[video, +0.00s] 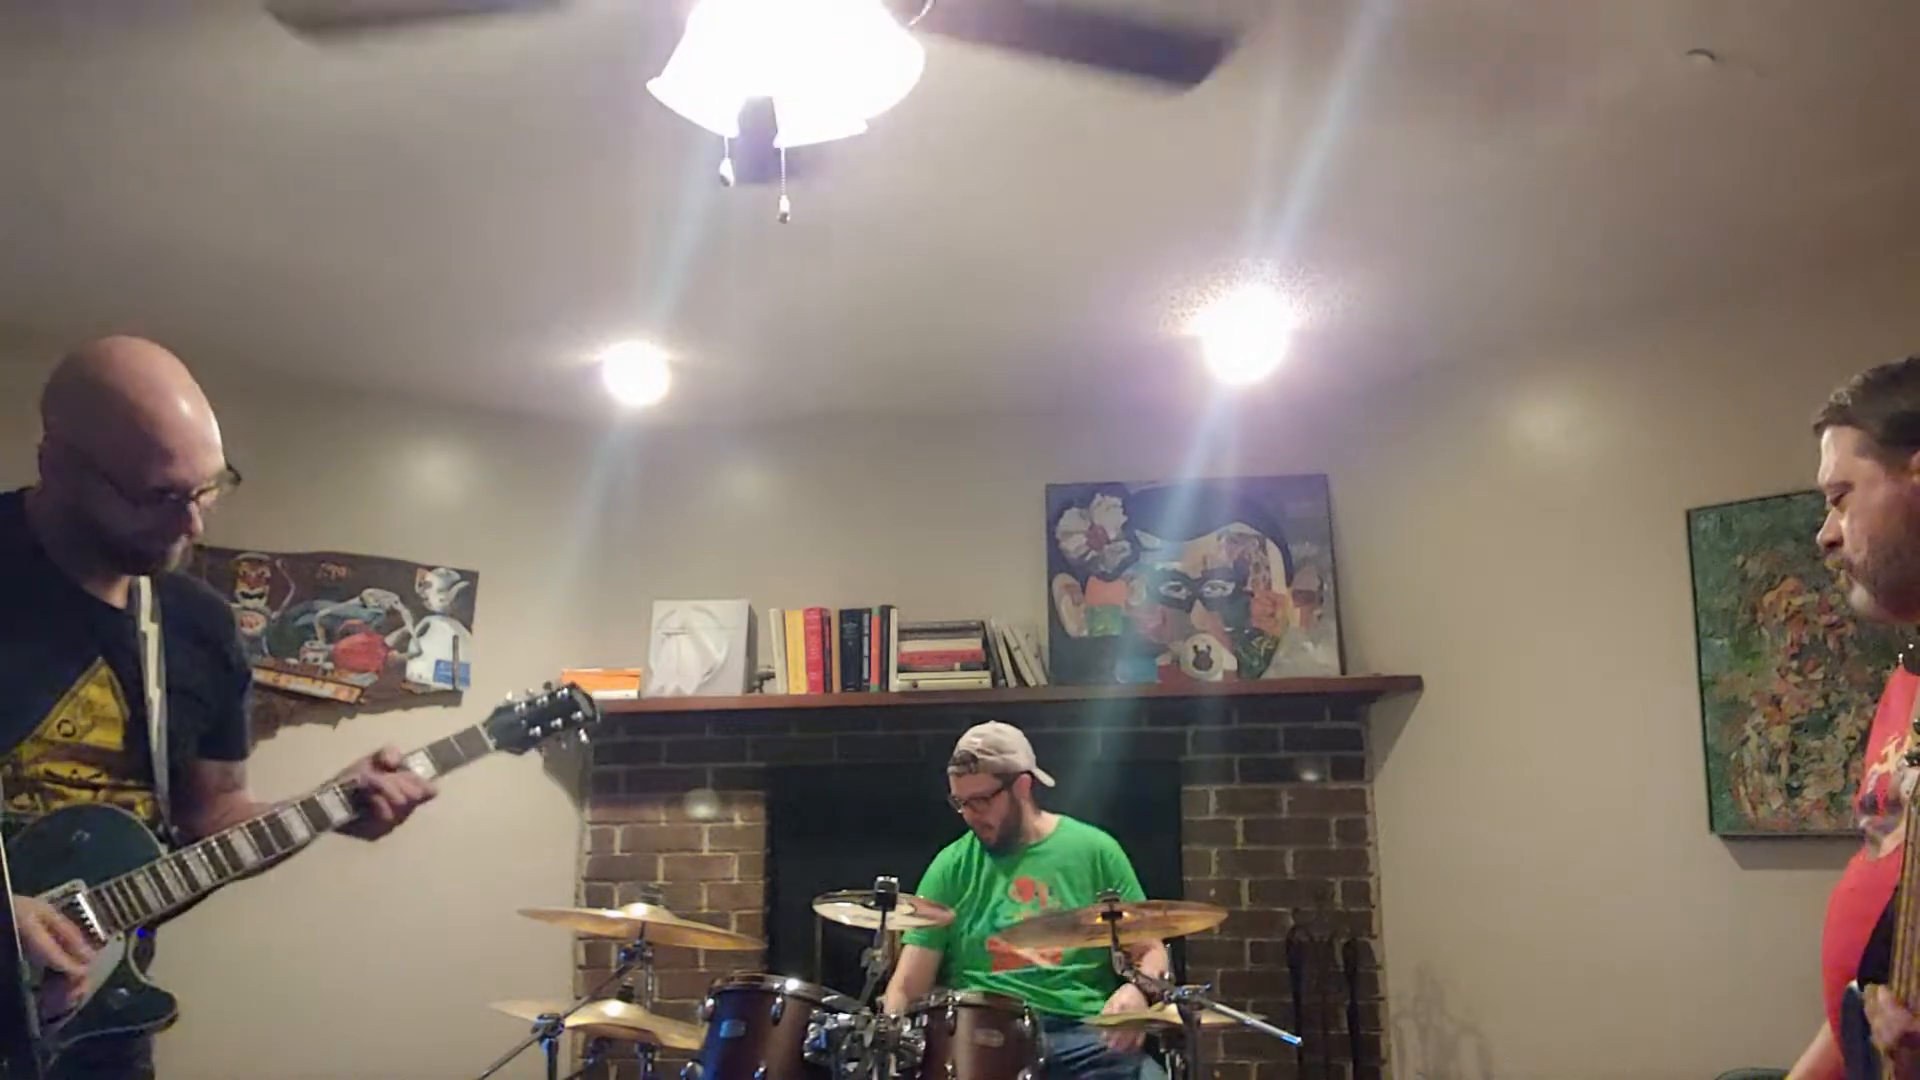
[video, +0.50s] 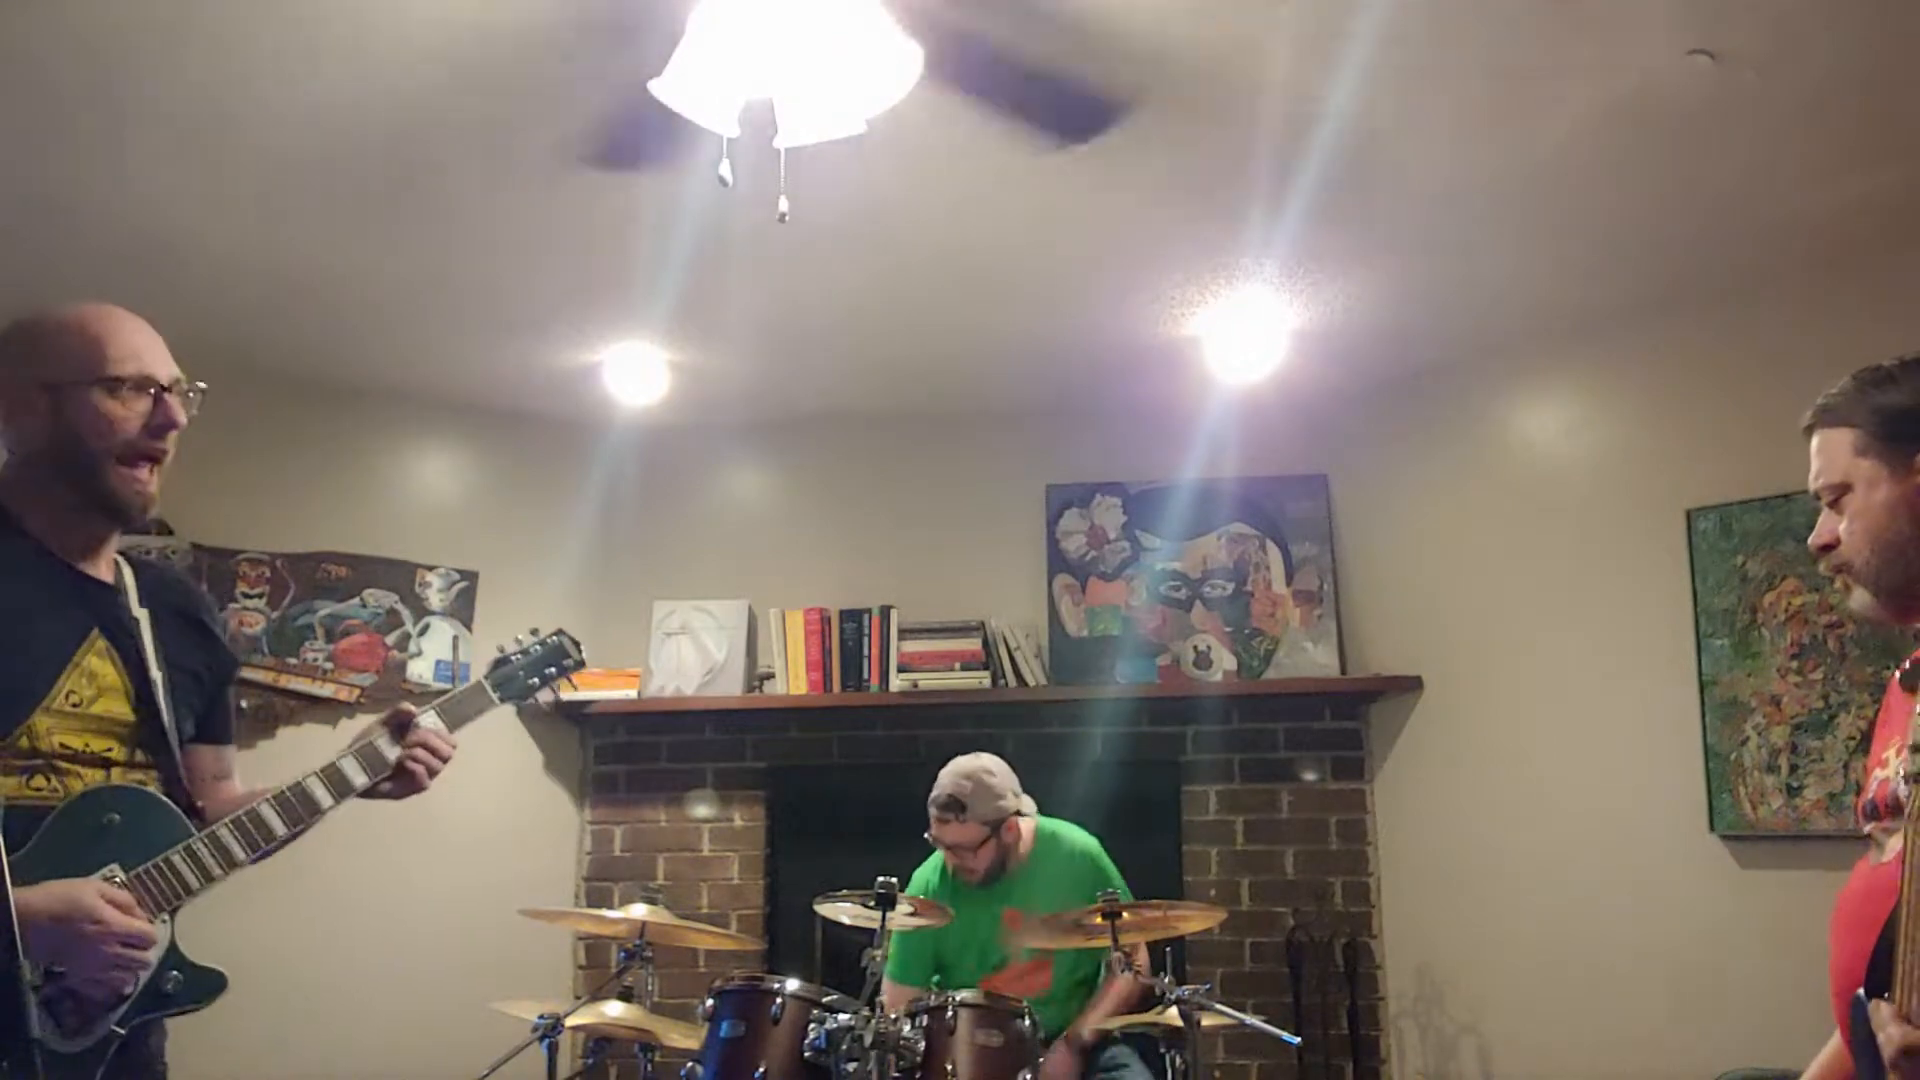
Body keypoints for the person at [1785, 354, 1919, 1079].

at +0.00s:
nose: (1825, 535)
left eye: (1841, 496)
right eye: (1826, 506)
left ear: (1913, 475)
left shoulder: (1907, 689)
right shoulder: (1902, 691)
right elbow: (1888, 924)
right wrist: (1812, 1064)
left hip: (1901, 1052)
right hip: (1871, 1051)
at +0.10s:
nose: (1824, 537)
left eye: (1840, 497)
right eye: (1825, 506)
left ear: (1912, 478)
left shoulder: (1906, 685)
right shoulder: (1903, 688)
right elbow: (1889, 927)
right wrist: (1806, 1067)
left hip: (1899, 1053)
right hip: (1871, 1052)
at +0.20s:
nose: (1822, 537)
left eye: (1838, 498)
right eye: (1822, 507)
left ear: (1912, 478)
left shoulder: (1908, 681)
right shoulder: (1905, 684)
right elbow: (1892, 928)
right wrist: (1809, 1062)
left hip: (1900, 1056)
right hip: (1872, 1054)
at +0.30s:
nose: (1820, 537)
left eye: (1837, 497)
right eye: (1820, 506)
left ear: (1911, 481)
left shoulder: (1907, 679)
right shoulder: (1905, 682)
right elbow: (1891, 935)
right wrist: (1805, 1067)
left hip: (1897, 1051)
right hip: (1873, 1049)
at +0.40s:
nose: (1820, 537)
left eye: (1839, 497)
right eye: (1821, 507)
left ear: (1915, 479)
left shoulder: (1909, 682)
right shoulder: (1903, 685)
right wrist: (1820, 1063)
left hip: (1906, 1051)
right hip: (1878, 1050)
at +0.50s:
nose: (1819, 538)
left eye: (1839, 497)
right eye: (1820, 508)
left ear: (1916, 479)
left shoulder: (1910, 685)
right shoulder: (1904, 688)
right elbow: (1894, 902)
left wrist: (1891, 1044)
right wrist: (1829, 1061)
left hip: (1903, 1049)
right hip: (1879, 1048)